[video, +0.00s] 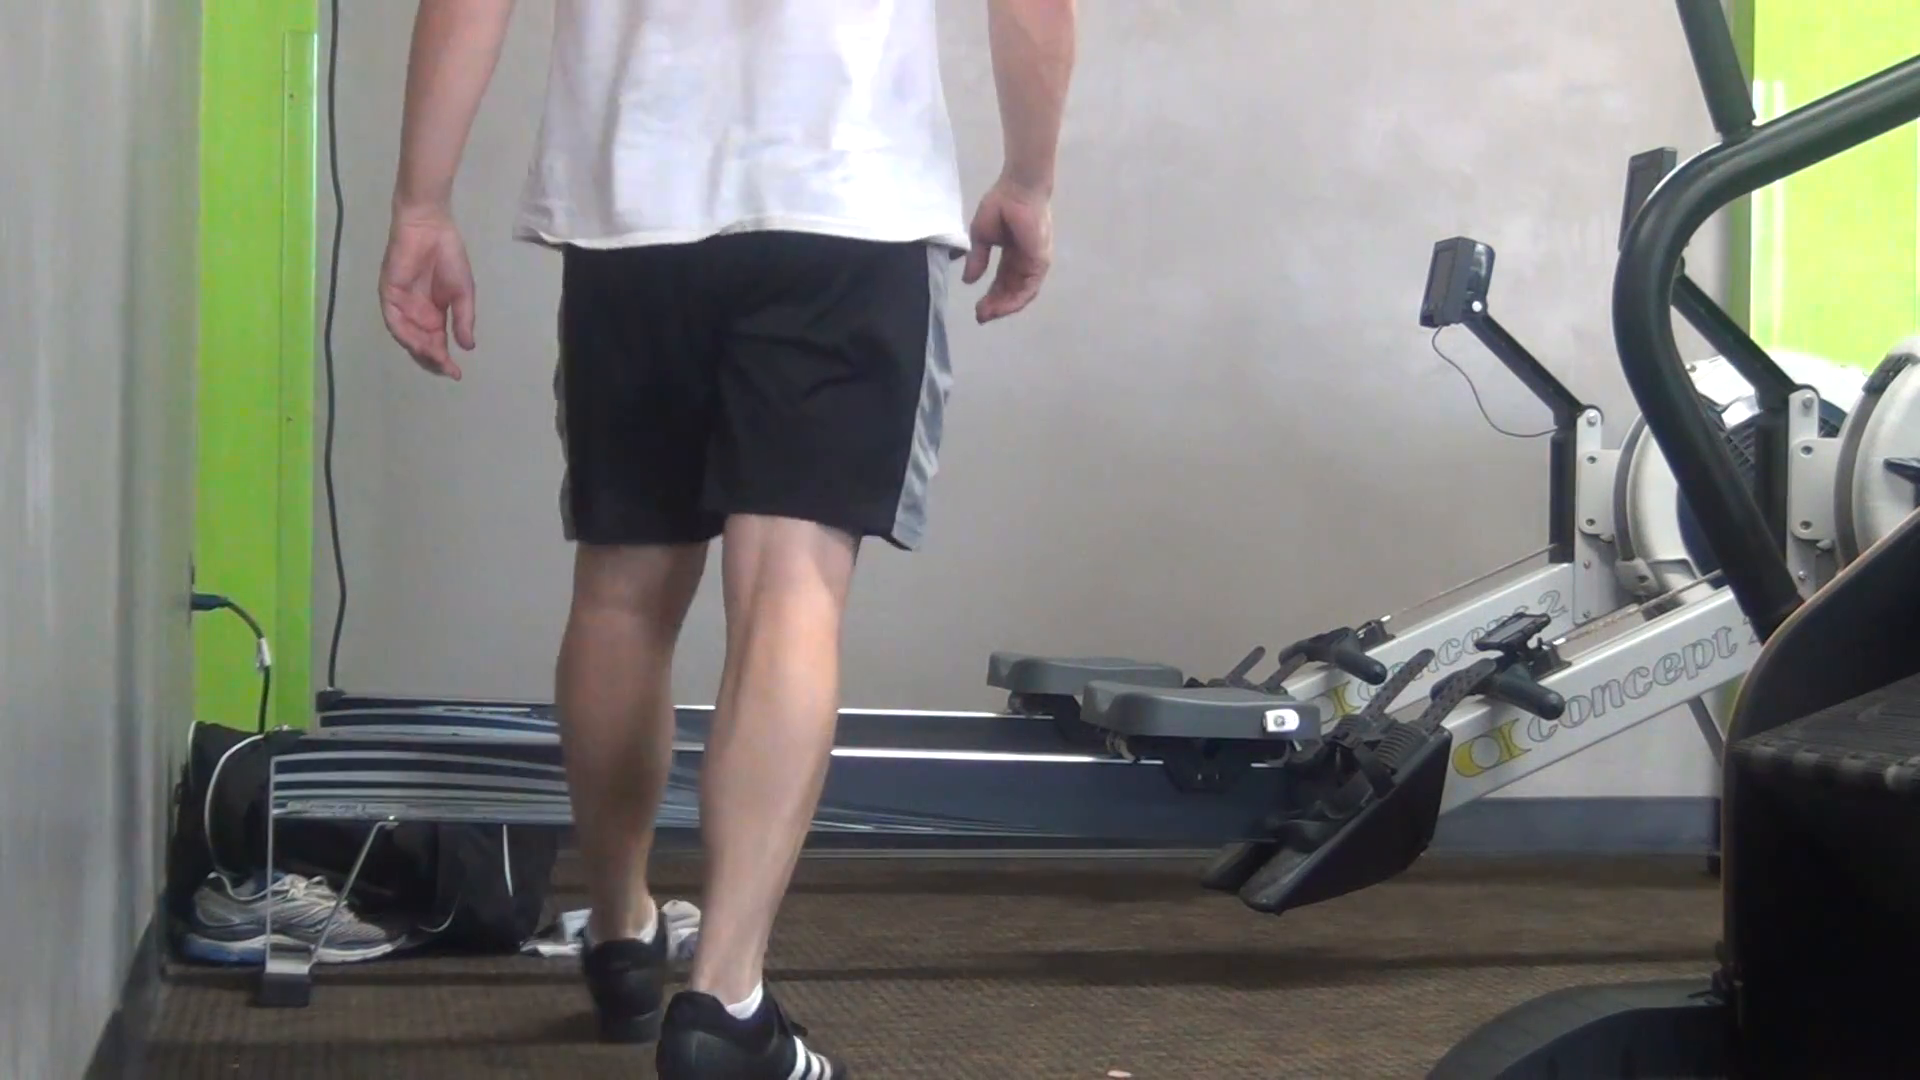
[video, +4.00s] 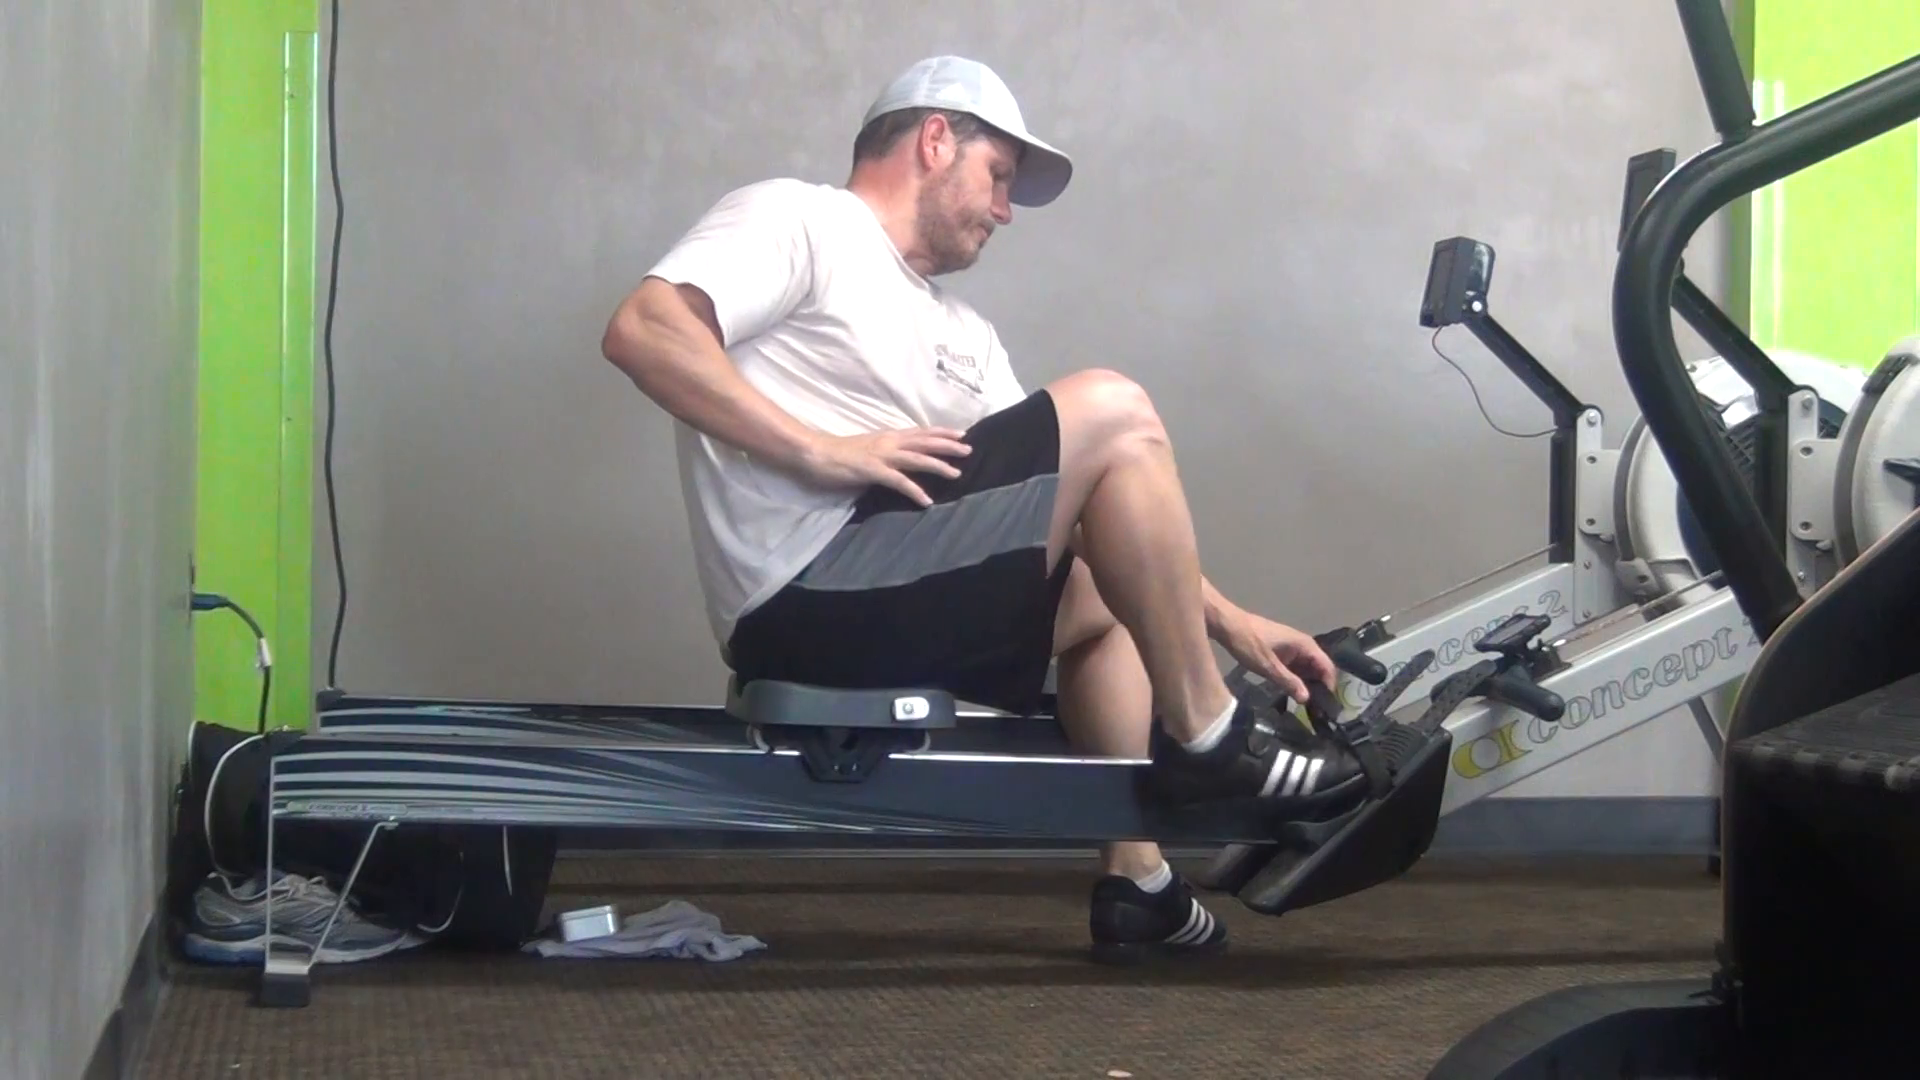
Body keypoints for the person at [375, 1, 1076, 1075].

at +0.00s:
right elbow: (1033, 5)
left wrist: (423, 200)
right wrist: (1026, 177)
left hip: (625, 172)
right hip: (847, 167)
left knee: (622, 588)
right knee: (791, 592)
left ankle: (621, 942)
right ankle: (723, 1004)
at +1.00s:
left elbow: (788, 7)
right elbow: (1024, 43)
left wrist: (887, 108)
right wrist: (1091, 259)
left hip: (871, 206)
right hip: (963, 225)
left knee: (1079, 434)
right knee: (978, 581)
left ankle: (782, 590)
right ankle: (925, 926)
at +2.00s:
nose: (1392, 243)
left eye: (1414, 231)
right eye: (1411, 213)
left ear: (1375, 145)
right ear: (1382, 143)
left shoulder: (1269, 258)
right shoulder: (1246, 136)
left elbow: (1248, 445)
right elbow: (1079, 175)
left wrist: (1258, 633)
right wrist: (1086, 381)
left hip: (1021, 413)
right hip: (982, 397)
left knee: (1199, 607)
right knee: (1256, 590)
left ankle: (1096, 884)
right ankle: (1142, 929)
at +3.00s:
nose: (1149, 233)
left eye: (1157, 209)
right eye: (1147, 197)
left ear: (1086, 171)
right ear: (1084, 164)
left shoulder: (1058, 342)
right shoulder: (945, 236)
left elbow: (1138, 519)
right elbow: (805, 363)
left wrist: (1276, 674)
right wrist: (924, 526)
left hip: (934, 600)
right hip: (839, 596)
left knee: (1181, 645)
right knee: (1204, 571)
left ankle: (1133, 935)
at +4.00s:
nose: (1008, 208)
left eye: (1019, 187)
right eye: (1000, 174)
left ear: (945, 160)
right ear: (933, 142)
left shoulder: (969, 340)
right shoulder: (797, 217)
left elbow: (1078, 514)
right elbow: (646, 328)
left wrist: (1236, 626)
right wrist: (818, 450)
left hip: (908, 612)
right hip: (802, 589)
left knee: (1111, 587)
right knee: (1109, 407)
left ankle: (1138, 881)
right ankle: (1204, 738)